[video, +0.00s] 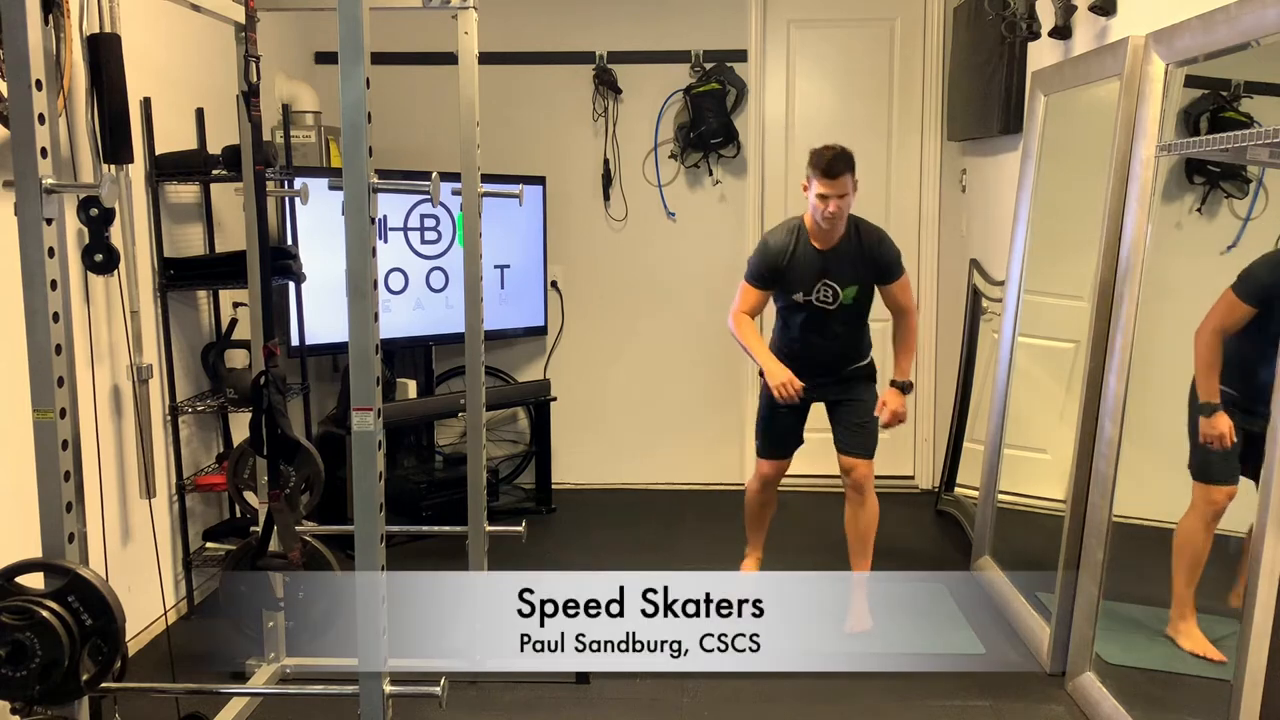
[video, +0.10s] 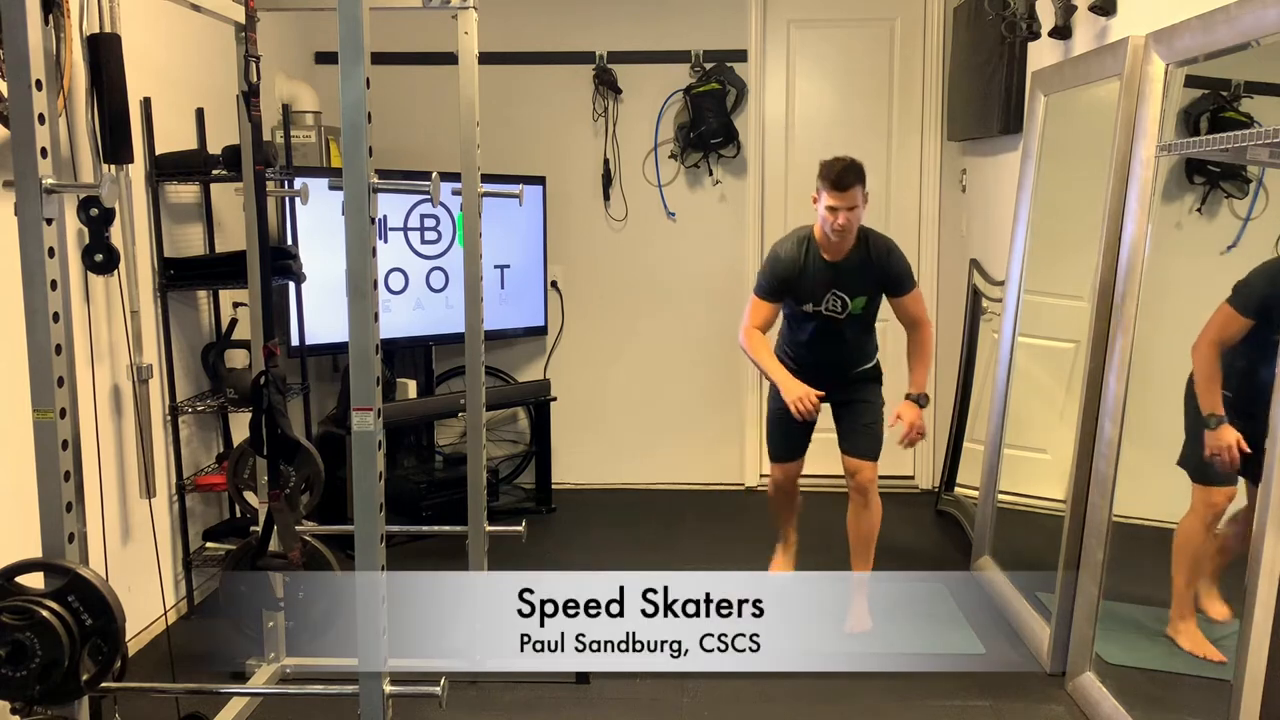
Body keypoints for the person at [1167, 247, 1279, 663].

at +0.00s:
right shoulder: (1270, 270)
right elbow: (1209, 331)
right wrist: (1211, 408)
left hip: (1265, 406)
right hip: (1221, 393)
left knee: (1274, 501)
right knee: (1214, 495)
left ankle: (1244, 592)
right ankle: (1181, 617)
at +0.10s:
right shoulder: (1270, 278)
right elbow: (1206, 345)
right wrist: (1215, 421)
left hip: (1263, 402)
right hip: (1219, 389)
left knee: (1265, 505)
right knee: (1213, 499)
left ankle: (1206, 572)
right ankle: (1180, 619)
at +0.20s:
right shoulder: (1269, 287)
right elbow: (1207, 362)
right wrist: (1230, 428)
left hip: (1258, 398)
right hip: (1215, 388)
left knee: (1243, 514)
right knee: (1216, 504)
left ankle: (1160, 547)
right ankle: (1182, 619)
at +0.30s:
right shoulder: (1269, 300)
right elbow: (1214, 375)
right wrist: (1248, 426)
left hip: (1256, 410)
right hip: (1212, 398)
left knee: (1236, 514)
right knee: (1219, 506)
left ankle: (1132, 539)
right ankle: (1182, 620)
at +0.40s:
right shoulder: (1271, 312)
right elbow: (1222, 387)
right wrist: (1266, 422)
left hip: (1250, 417)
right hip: (1210, 404)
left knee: (1231, 512)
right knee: (1223, 506)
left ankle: (1117, 537)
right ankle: (1182, 620)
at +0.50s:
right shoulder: (1273, 324)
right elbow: (1231, 401)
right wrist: (1277, 422)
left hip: (1253, 421)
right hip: (1212, 409)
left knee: (1210, 523)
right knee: (1226, 508)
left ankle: (1109, 538)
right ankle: (1182, 620)